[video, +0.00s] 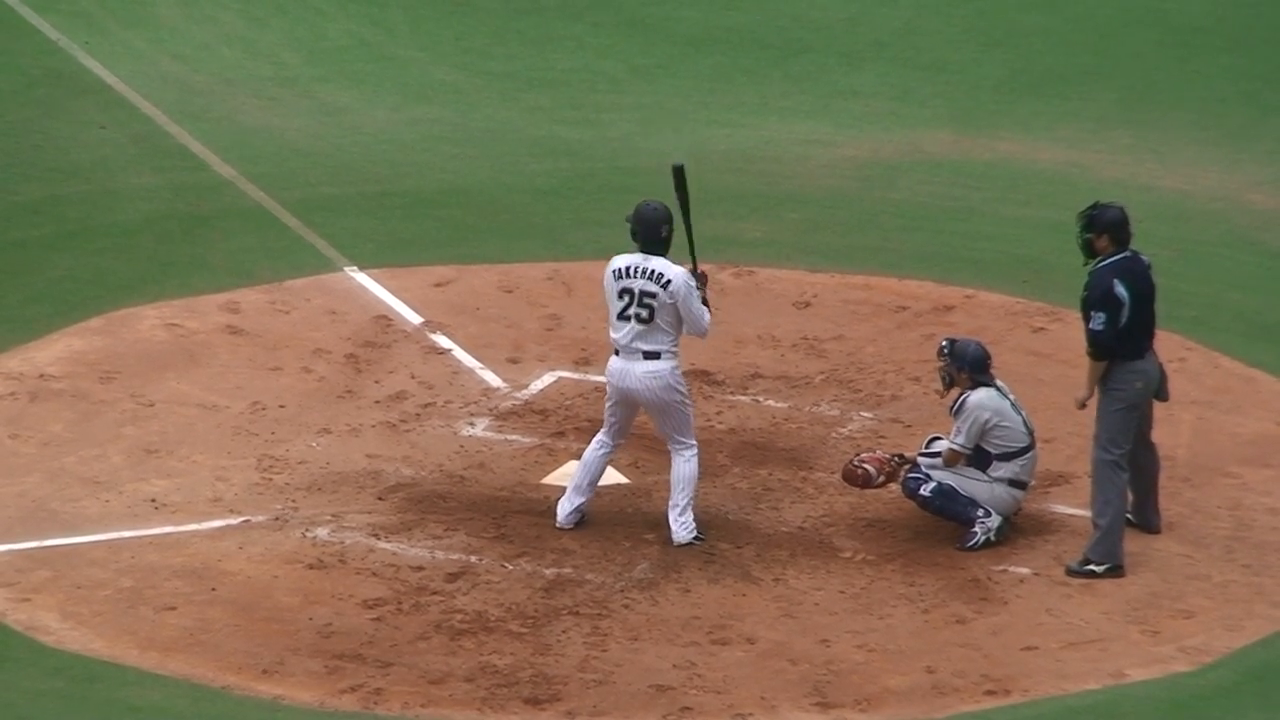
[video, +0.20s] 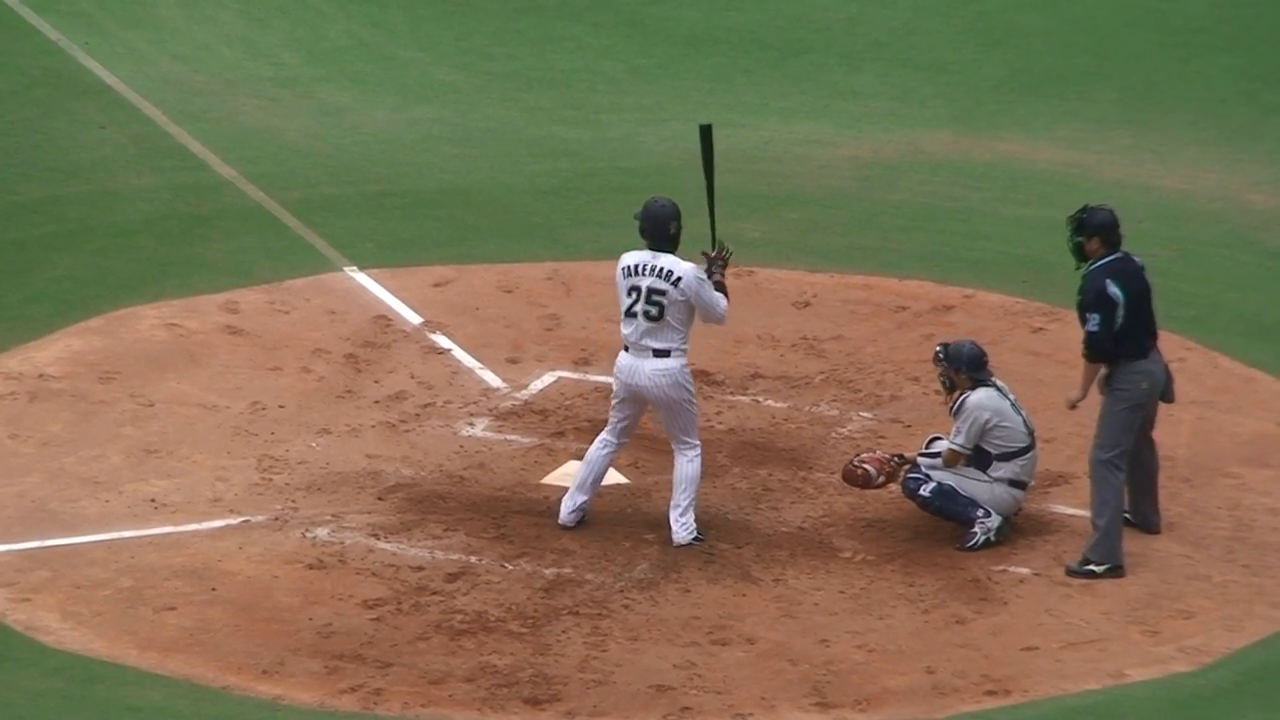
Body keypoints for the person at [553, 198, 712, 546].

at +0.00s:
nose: (631, 233)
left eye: (632, 229)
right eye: (669, 229)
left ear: (636, 234)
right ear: (669, 235)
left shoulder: (615, 267)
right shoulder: (677, 277)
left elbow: (645, 300)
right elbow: (699, 326)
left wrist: (687, 284)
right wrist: (700, 297)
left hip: (619, 369)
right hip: (660, 374)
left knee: (608, 437)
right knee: (683, 447)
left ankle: (568, 509)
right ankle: (682, 528)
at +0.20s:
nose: (639, 229)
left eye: (640, 225)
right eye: (678, 225)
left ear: (644, 231)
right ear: (677, 231)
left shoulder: (626, 264)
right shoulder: (687, 274)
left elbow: (665, 288)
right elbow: (717, 312)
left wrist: (703, 273)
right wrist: (716, 278)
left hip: (627, 366)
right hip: (668, 371)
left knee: (612, 435)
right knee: (687, 447)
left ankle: (571, 508)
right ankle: (682, 528)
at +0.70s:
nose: (655, 229)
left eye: (657, 225)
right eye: (658, 225)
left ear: (661, 231)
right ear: (693, 233)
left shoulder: (643, 260)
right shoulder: (706, 273)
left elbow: (688, 275)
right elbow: (750, 287)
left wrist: (735, 256)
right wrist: (748, 254)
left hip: (641, 365)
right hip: (681, 373)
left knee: (658, 412)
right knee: (690, 446)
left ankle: (629, 483)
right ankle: (683, 527)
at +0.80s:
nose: (694, 231)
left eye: (657, 226)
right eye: (692, 226)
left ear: (658, 231)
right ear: (690, 233)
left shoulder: (643, 261)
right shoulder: (703, 272)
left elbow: (692, 275)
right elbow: (749, 286)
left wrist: (738, 251)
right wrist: (748, 253)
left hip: (640, 365)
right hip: (680, 372)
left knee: (648, 417)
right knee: (690, 447)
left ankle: (610, 486)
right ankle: (683, 528)